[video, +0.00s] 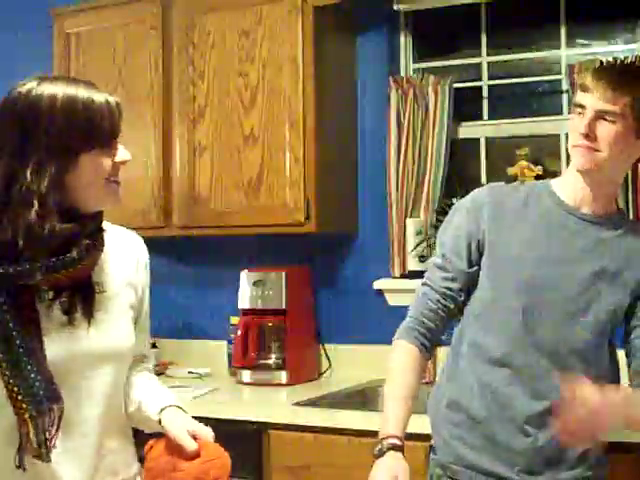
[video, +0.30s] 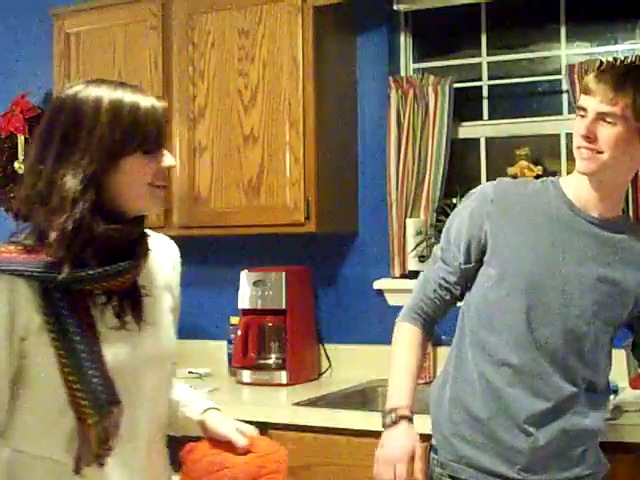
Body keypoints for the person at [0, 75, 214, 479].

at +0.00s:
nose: (123, 156)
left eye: (116, 143)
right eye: (104, 145)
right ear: (45, 160)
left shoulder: (127, 254)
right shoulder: (7, 260)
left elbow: (132, 372)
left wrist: (170, 414)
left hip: (114, 470)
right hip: (24, 471)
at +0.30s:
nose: (169, 163)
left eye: (164, 148)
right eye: (147, 150)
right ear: (88, 160)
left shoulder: (162, 258)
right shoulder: (13, 283)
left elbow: (146, 387)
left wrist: (203, 414)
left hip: (148, 471)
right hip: (43, 470)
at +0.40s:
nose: (195, 165)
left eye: (192, 149)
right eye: (176, 151)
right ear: (121, 157)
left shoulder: (185, 260)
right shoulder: (43, 284)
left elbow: (179, 387)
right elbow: (12, 442)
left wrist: (241, 415)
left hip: (180, 472)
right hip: (84, 470)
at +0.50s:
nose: (218, 162)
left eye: (216, 147)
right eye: (202, 147)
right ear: (147, 152)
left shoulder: (211, 255)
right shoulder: (74, 277)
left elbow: (205, 390)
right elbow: (43, 445)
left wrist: (282, 406)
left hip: (210, 471)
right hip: (122, 471)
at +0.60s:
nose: (239, 162)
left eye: (238, 147)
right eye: (223, 147)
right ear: (169, 152)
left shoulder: (235, 249)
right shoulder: (101, 274)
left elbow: (235, 372)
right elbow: (74, 437)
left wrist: (322, 385)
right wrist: (127, 478)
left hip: (236, 469)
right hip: (150, 468)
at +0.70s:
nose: (258, 163)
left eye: (256, 147)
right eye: (241, 147)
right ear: (188, 151)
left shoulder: (256, 249)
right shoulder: (119, 273)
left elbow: (281, 369)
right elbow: (96, 432)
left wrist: (369, 362)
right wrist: (174, 476)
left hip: (255, 470)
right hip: (173, 470)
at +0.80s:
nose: (275, 158)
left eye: (275, 142)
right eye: (259, 143)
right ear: (206, 150)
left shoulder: (272, 247)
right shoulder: (137, 270)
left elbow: (310, 367)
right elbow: (110, 428)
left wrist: (405, 349)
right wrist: (219, 477)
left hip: (265, 471)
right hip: (176, 476)